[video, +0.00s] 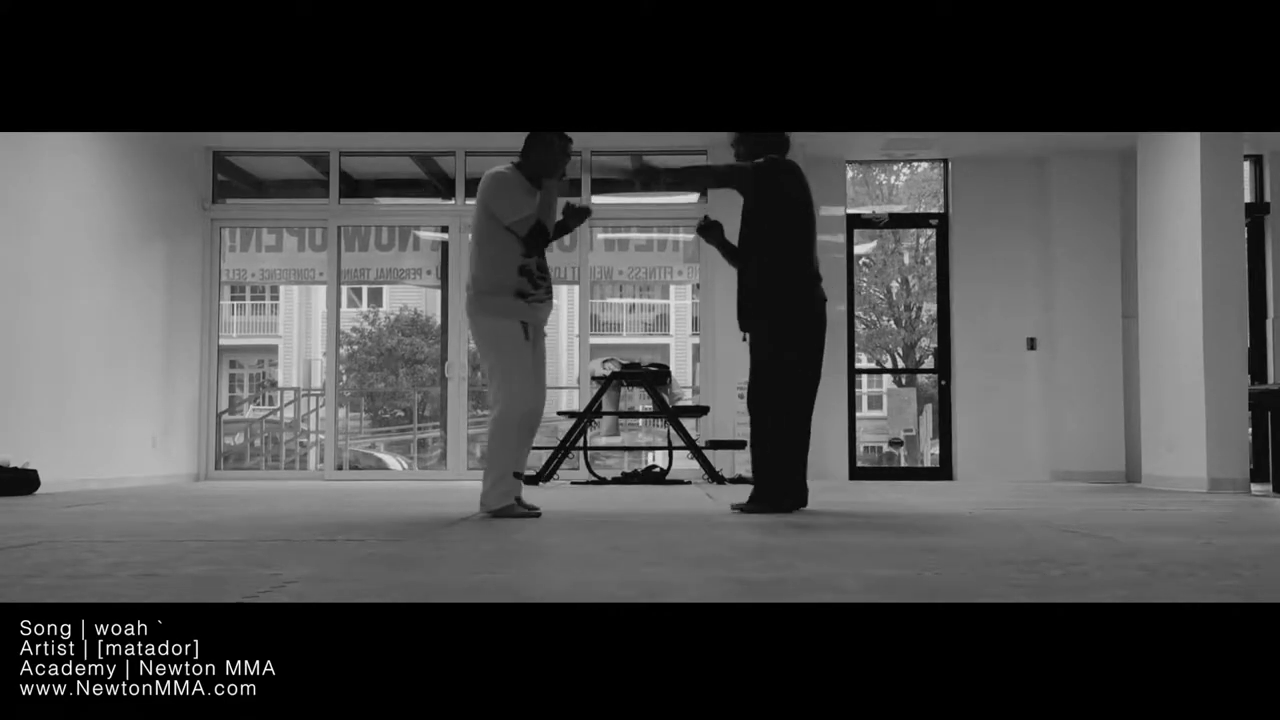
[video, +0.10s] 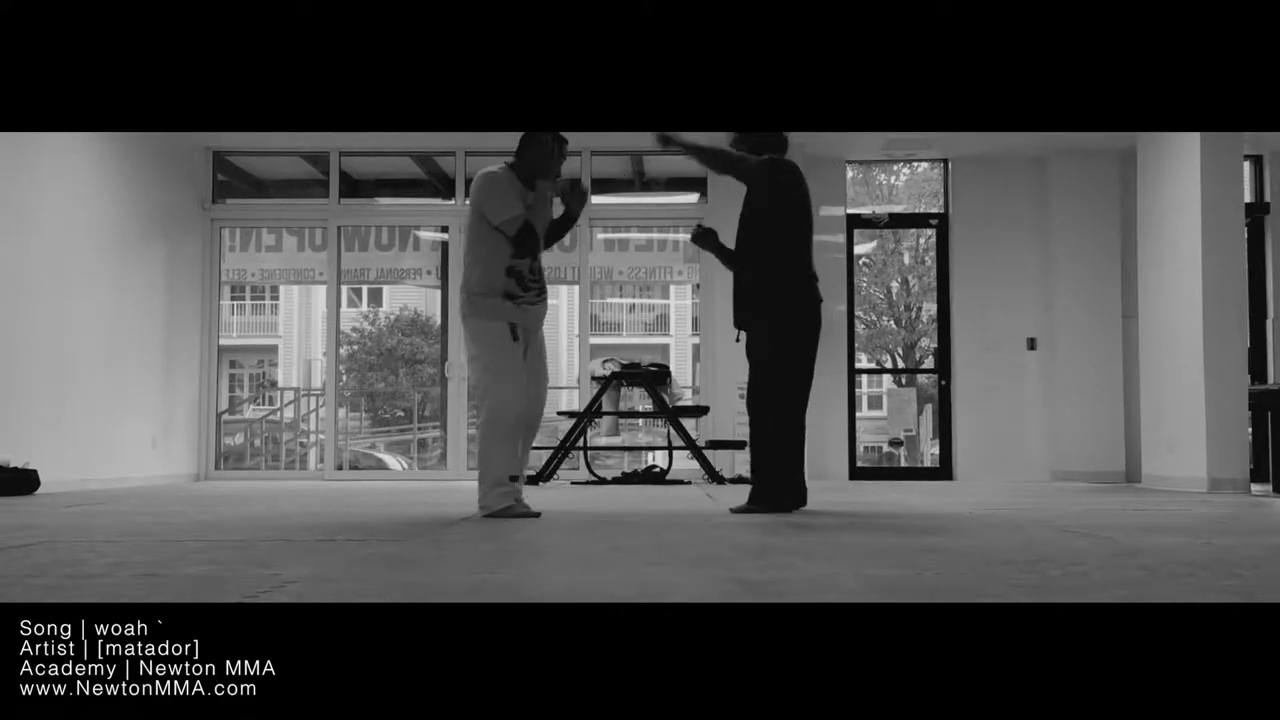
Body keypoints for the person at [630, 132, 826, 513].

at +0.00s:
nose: (735, 148)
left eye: (739, 141)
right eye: (735, 142)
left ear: (755, 143)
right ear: (774, 143)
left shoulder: (770, 174)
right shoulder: (782, 182)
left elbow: (712, 176)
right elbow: (754, 265)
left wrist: (659, 175)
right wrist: (720, 241)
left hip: (783, 313)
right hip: (792, 312)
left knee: (771, 402)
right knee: (783, 403)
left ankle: (775, 495)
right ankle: (784, 493)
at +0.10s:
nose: (734, 153)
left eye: (739, 146)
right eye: (736, 147)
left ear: (757, 145)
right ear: (774, 143)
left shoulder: (777, 173)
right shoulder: (769, 187)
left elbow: (730, 161)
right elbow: (751, 266)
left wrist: (681, 144)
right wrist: (715, 247)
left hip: (784, 312)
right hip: (779, 313)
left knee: (771, 402)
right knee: (778, 402)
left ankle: (772, 495)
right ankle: (784, 492)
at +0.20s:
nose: (735, 160)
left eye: (737, 150)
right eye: (733, 154)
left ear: (752, 146)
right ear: (773, 144)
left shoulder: (773, 174)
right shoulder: (771, 182)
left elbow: (725, 145)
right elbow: (753, 266)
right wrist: (713, 249)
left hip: (783, 312)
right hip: (781, 311)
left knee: (772, 402)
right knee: (779, 403)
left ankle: (774, 495)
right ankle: (784, 493)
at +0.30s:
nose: (730, 162)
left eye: (732, 152)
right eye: (729, 155)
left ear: (745, 146)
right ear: (766, 143)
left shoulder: (769, 174)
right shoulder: (768, 181)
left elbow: (731, 157)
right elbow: (752, 267)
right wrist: (713, 249)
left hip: (786, 311)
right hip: (782, 310)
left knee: (776, 401)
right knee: (780, 401)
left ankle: (777, 495)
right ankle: (784, 493)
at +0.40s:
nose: (727, 156)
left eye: (730, 148)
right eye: (727, 149)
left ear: (745, 146)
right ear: (766, 146)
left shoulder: (768, 173)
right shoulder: (771, 183)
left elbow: (716, 162)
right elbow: (753, 266)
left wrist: (694, 131)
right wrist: (715, 248)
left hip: (787, 311)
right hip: (787, 310)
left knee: (776, 401)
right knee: (784, 401)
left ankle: (777, 495)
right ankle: (786, 494)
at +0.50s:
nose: (726, 145)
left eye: (731, 138)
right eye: (727, 140)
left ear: (746, 140)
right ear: (766, 141)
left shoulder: (764, 173)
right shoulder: (769, 181)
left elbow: (702, 174)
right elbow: (758, 266)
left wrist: (646, 143)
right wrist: (721, 247)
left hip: (784, 311)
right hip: (786, 309)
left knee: (776, 401)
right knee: (781, 400)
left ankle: (778, 495)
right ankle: (784, 494)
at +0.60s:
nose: (730, 153)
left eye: (733, 145)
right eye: (730, 146)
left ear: (747, 145)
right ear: (768, 146)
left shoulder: (759, 176)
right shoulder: (779, 181)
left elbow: (695, 188)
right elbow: (768, 257)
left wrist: (632, 187)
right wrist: (725, 249)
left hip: (777, 313)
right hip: (794, 310)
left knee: (770, 401)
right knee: (786, 401)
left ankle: (775, 496)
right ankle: (787, 494)